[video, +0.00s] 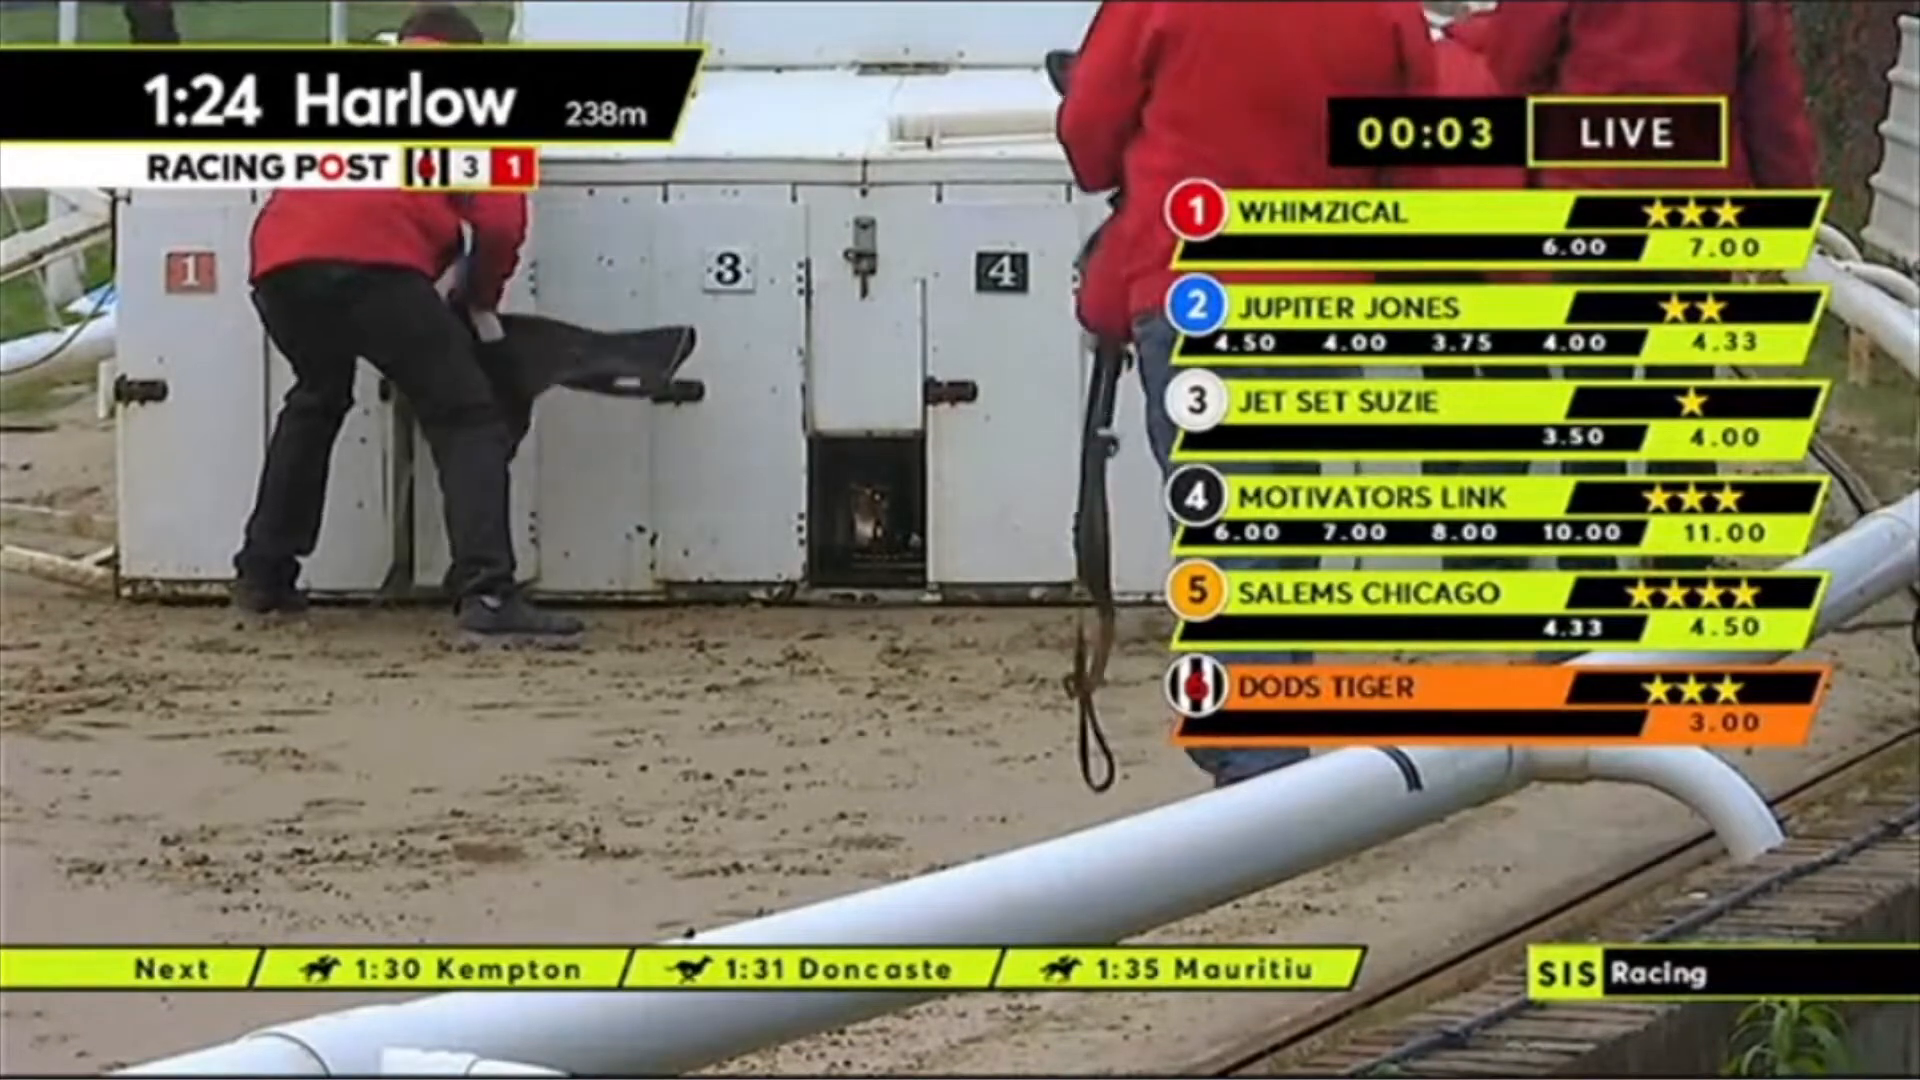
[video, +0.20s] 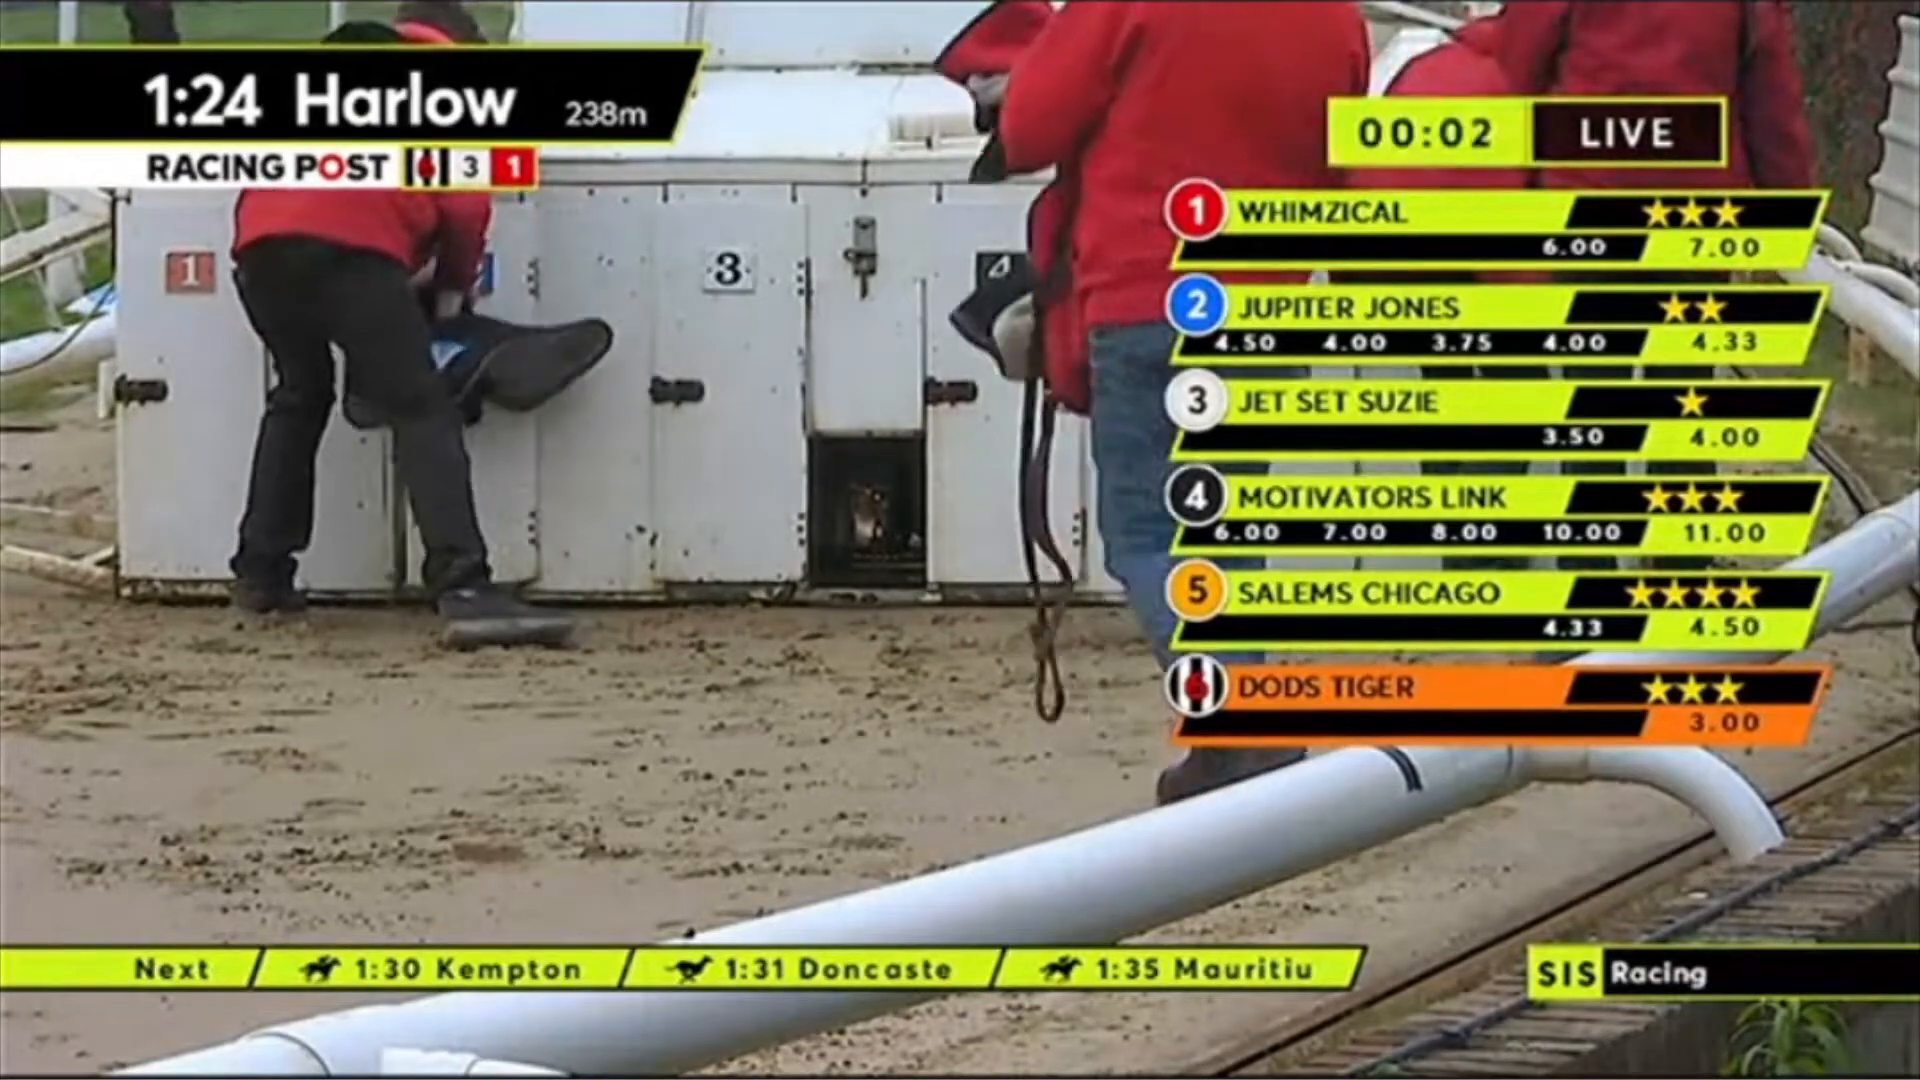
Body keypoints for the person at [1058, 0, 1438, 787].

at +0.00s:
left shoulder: (1155, 6)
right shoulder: (1383, 9)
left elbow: (1088, 137)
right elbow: (1429, 115)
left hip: (1190, 292)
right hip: (1343, 291)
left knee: (1213, 518)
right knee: (1319, 508)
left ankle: (1252, 748)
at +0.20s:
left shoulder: (1127, 6)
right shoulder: (1339, 17)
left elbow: (1026, 132)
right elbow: (1339, 154)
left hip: (1152, 300)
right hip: (1295, 305)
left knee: (1143, 532)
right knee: (1261, 523)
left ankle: (1237, 712)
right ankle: (1232, 728)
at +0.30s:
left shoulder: (1093, 4)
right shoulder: (1304, 12)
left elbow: (1000, 106)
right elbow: (1273, 129)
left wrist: (986, 69)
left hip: (1121, 281)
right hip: (1250, 292)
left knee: (1073, 509)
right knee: (1211, 526)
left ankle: (1176, 661)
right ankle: (1206, 762)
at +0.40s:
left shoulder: (1073, 3)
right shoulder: (1274, 11)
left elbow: (987, 90)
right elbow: (1224, 108)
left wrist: (945, 84)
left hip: (1084, 270)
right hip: (1211, 280)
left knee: (1024, 490)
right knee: (1206, 520)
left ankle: (1115, 688)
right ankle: (1227, 738)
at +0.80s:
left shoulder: (840, 17)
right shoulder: (1000, 17)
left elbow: (829, 174)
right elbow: (977, 154)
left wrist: (770, 211)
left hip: (878, 315)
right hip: (997, 307)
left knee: (822, 528)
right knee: (1035, 512)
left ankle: (820, 749)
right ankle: (1166, 695)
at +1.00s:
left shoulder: (712, 6)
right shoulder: (871, 11)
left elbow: (694, 141)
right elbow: (866, 131)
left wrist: (621, 143)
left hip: (752, 282)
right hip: (851, 277)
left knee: (760, 515)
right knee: (823, 484)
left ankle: (812, 743)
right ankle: (909, 675)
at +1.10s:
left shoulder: (661, 8)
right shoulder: (822, 15)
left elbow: (633, 136)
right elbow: (823, 132)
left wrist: (566, 140)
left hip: (707, 280)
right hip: (799, 275)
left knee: (743, 514)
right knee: (730, 505)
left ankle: (812, 740)